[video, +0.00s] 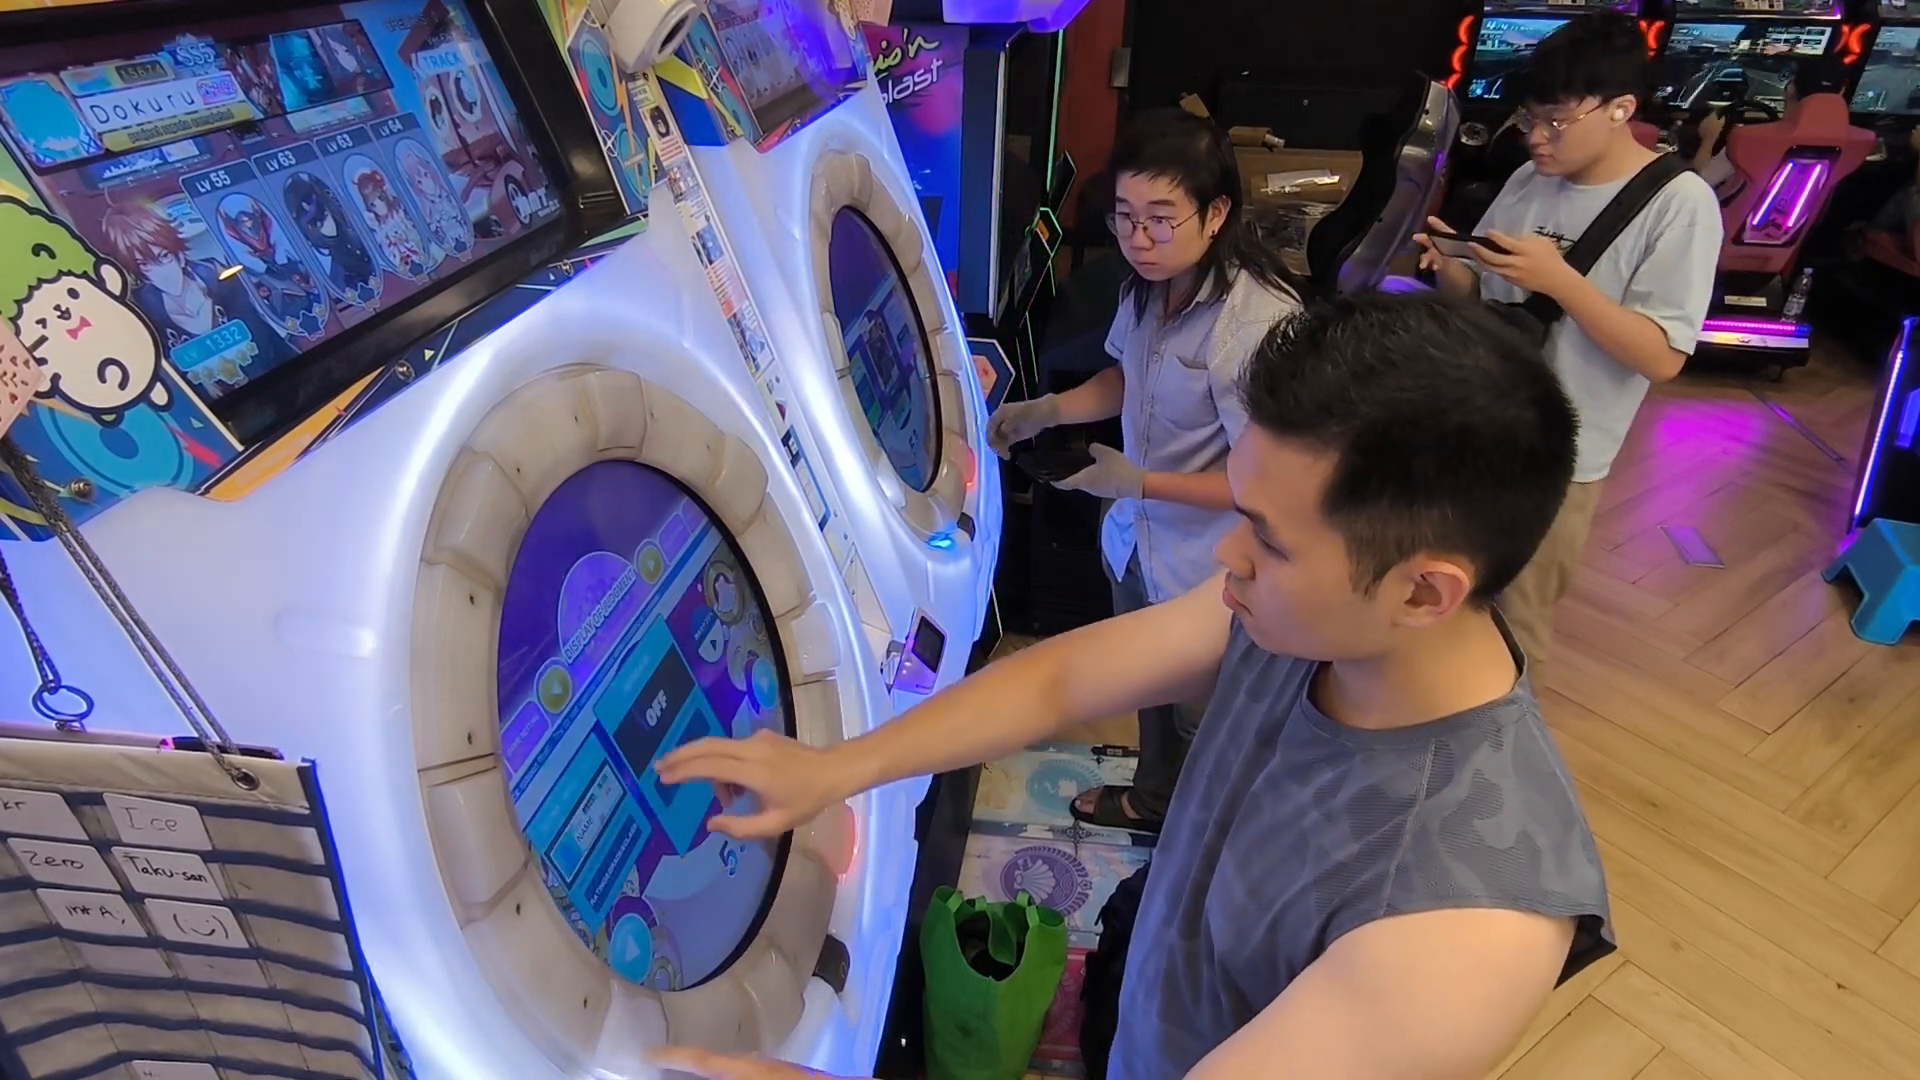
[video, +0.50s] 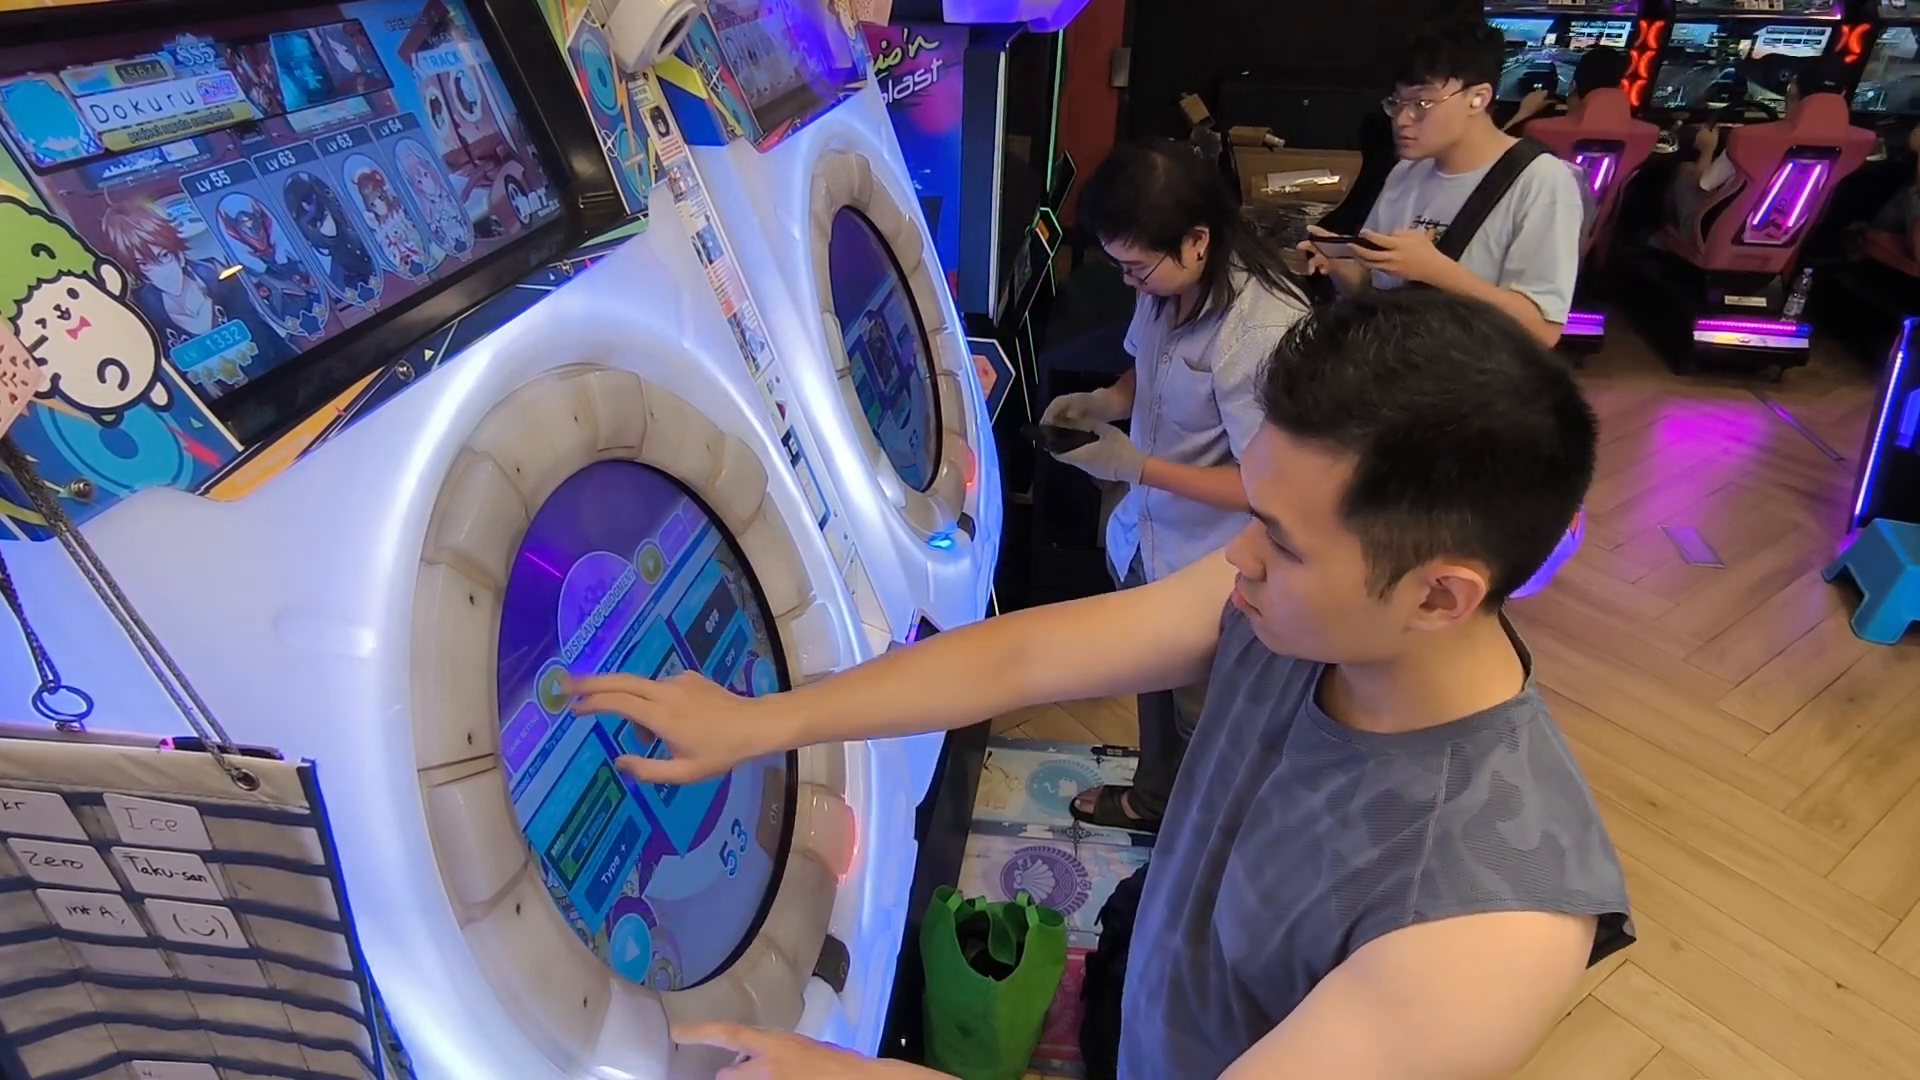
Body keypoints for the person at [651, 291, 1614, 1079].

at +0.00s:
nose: (1219, 553)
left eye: (1268, 541)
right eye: (1237, 511)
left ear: (1427, 593)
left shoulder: (1472, 910)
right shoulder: (1296, 605)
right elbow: (1061, 680)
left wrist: (811, 1069)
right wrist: (841, 767)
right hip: (1135, 1014)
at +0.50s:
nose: (1233, 553)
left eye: (1283, 543)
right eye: (1248, 509)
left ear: (1443, 594)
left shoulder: (1492, 915)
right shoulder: (1284, 587)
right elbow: (1018, 656)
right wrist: (760, 719)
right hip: (1138, 1016)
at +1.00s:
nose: (1214, 562)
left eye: (1258, 550)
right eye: (1230, 524)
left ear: (1416, 593)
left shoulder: (1475, 911)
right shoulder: (1297, 612)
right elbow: (1097, 718)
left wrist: (821, 1066)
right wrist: (902, 837)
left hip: (1189, 1073)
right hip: (1132, 1012)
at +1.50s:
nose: (1194, 577)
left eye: (1223, 556)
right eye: (1200, 539)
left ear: (1373, 589)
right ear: (1371, 583)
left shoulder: (1490, 909)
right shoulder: (1295, 630)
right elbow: (1089, 732)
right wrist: (871, 783)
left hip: (1203, 1073)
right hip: (1132, 1011)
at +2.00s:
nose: (1164, 582)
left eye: (1188, 566)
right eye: (1165, 550)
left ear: (1331, 589)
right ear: (1329, 591)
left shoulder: (1501, 925)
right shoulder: (1288, 642)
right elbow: (1165, 748)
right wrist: (1000, 843)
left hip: (1213, 1073)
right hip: (1140, 984)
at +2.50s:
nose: (1193, 599)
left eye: (1220, 586)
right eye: (1196, 568)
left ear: (1370, 611)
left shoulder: (1531, 940)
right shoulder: (1291, 645)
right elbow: (1203, 797)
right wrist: (1095, 951)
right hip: (1121, 1013)